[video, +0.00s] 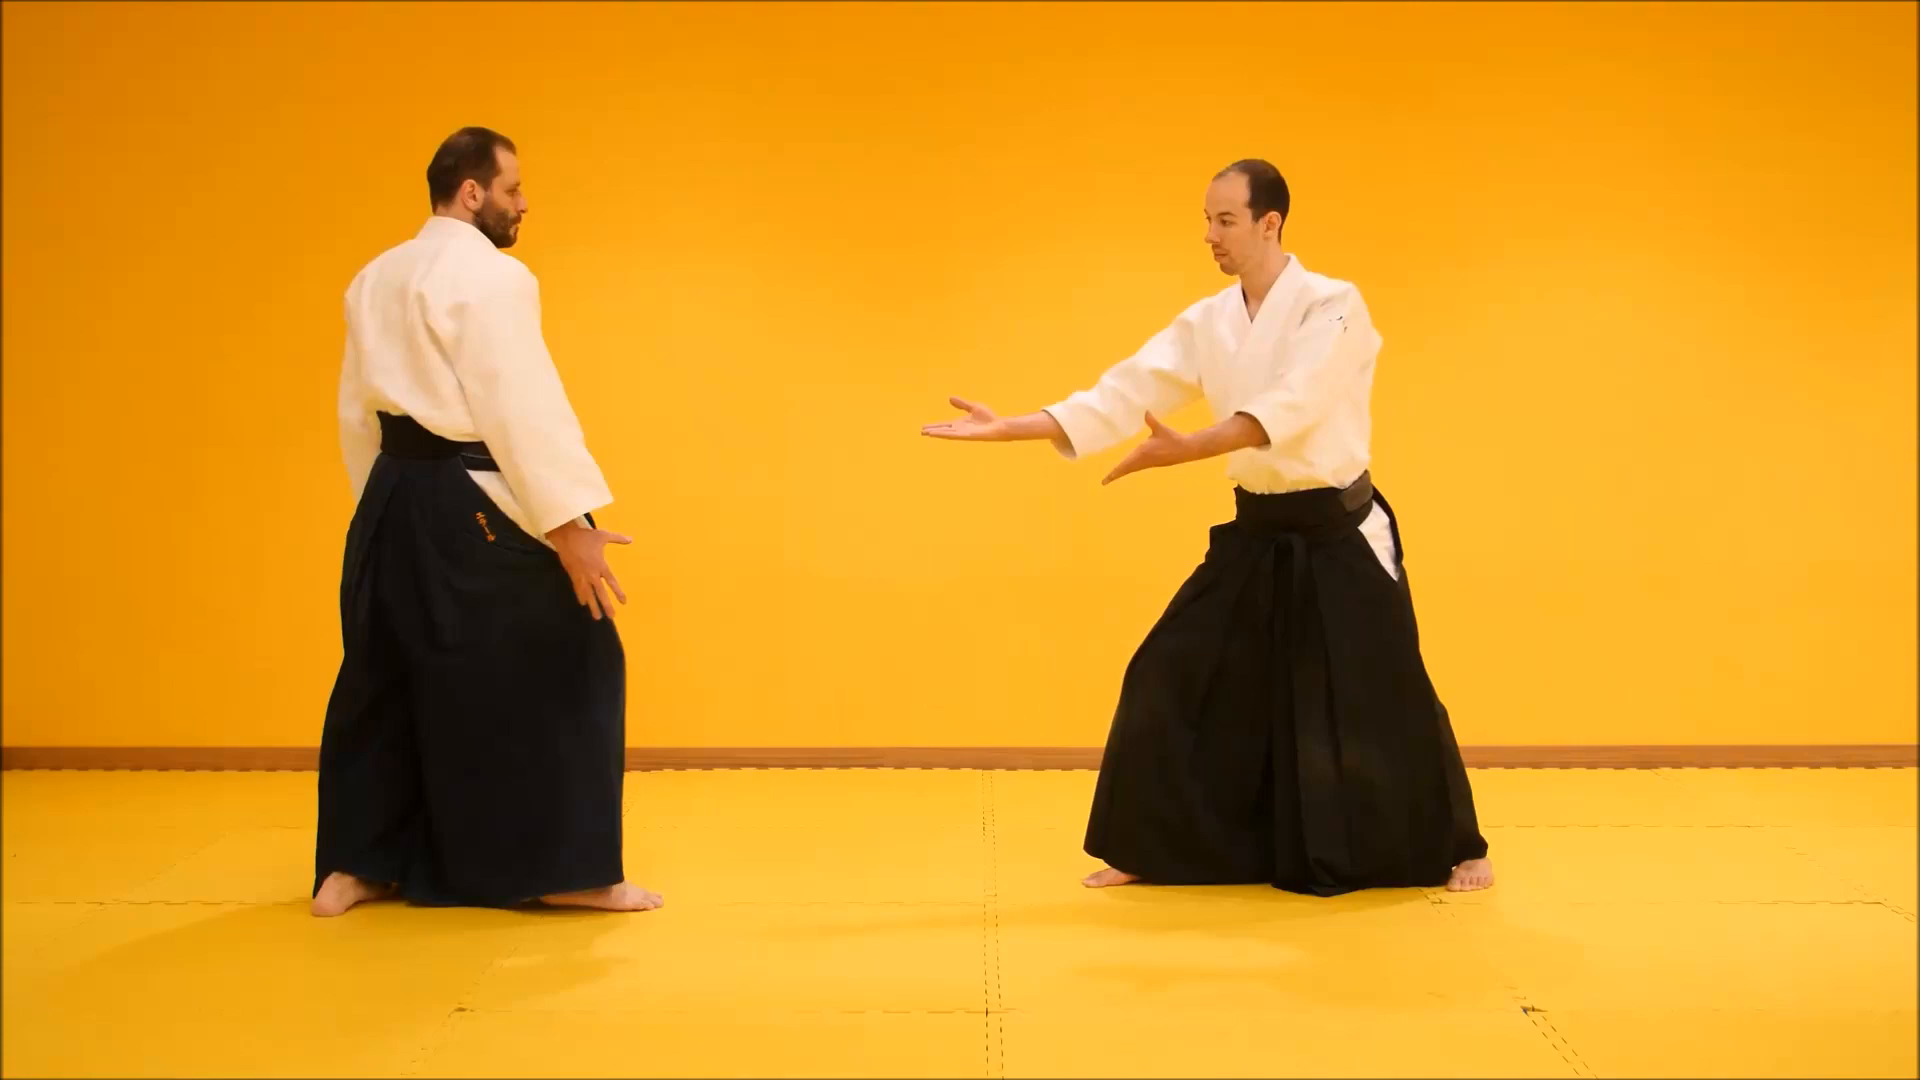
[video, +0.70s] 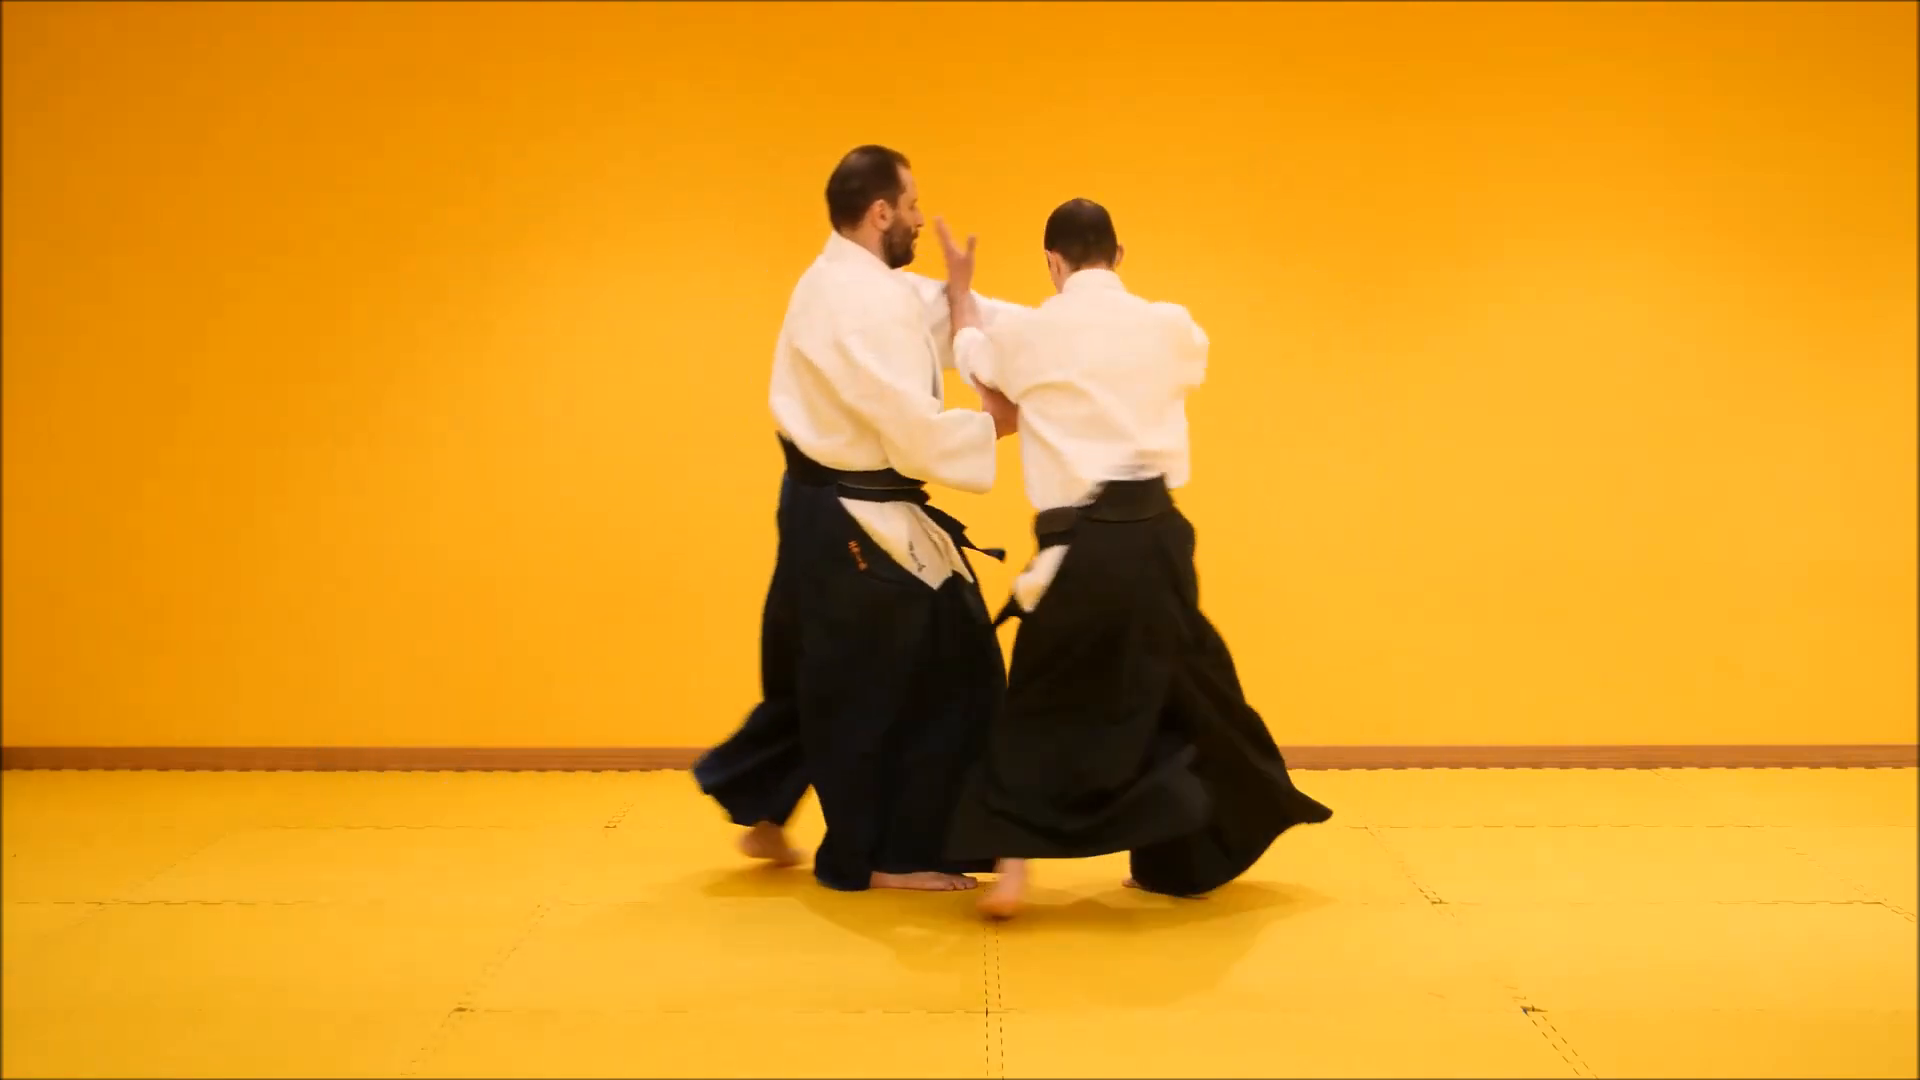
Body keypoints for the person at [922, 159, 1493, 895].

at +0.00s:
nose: (1210, 236)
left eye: (1222, 220)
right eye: (1207, 221)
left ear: (1271, 220)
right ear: (1223, 226)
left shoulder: (1333, 306)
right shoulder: (1209, 322)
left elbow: (1293, 408)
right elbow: (1119, 394)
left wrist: (1189, 446)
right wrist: (1004, 426)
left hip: (1343, 531)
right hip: (1254, 535)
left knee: (1394, 689)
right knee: (1161, 675)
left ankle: (1461, 846)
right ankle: (1147, 846)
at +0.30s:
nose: (1178, 250)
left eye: (1190, 234)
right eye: (1178, 235)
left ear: (1238, 239)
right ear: (1223, 242)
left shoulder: (1310, 329)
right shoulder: (1199, 336)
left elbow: (1226, 416)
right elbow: (1110, 403)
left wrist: (1115, 429)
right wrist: (1001, 427)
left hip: (1337, 545)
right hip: (1254, 549)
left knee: (1391, 696)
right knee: (1150, 665)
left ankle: (1458, 845)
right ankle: (1182, 851)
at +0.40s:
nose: (1138, 269)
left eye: (1147, 253)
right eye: (1138, 254)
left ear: (1191, 257)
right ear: (1183, 259)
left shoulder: (1252, 336)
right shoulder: (1170, 353)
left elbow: (1145, 396)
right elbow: (1096, 427)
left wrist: (1023, 387)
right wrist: (980, 428)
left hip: (1307, 557)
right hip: (1231, 565)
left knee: (1364, 705)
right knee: (1129, 685)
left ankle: (1462, 836)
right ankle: (1176, 851)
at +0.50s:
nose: (1092, 276)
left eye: (1099, 261)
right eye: (1092, 261)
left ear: (1139, 265)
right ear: (1143, 265)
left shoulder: (1174, 335)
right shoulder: (1149, 346)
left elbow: (1058, 382)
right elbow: (1082, 435)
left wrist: (950, 355)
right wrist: (996, 410)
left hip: (1249, 561)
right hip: (1195, 564)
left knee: (1274, 746)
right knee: (1114, 687)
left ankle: (1430, 794)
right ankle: (1166, 855)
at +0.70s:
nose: (1051, 273)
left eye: (1048, 264)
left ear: (1053, 262)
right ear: (1119, 256)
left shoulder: (1034, 331)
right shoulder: (1170, 325)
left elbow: (968, 343)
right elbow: (1188, 373)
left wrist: (960, 288)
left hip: (1081, 545)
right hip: (1163, 538)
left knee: (1034, 701)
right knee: (1163, 690)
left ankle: (1010, 865)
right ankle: (1165, 844)